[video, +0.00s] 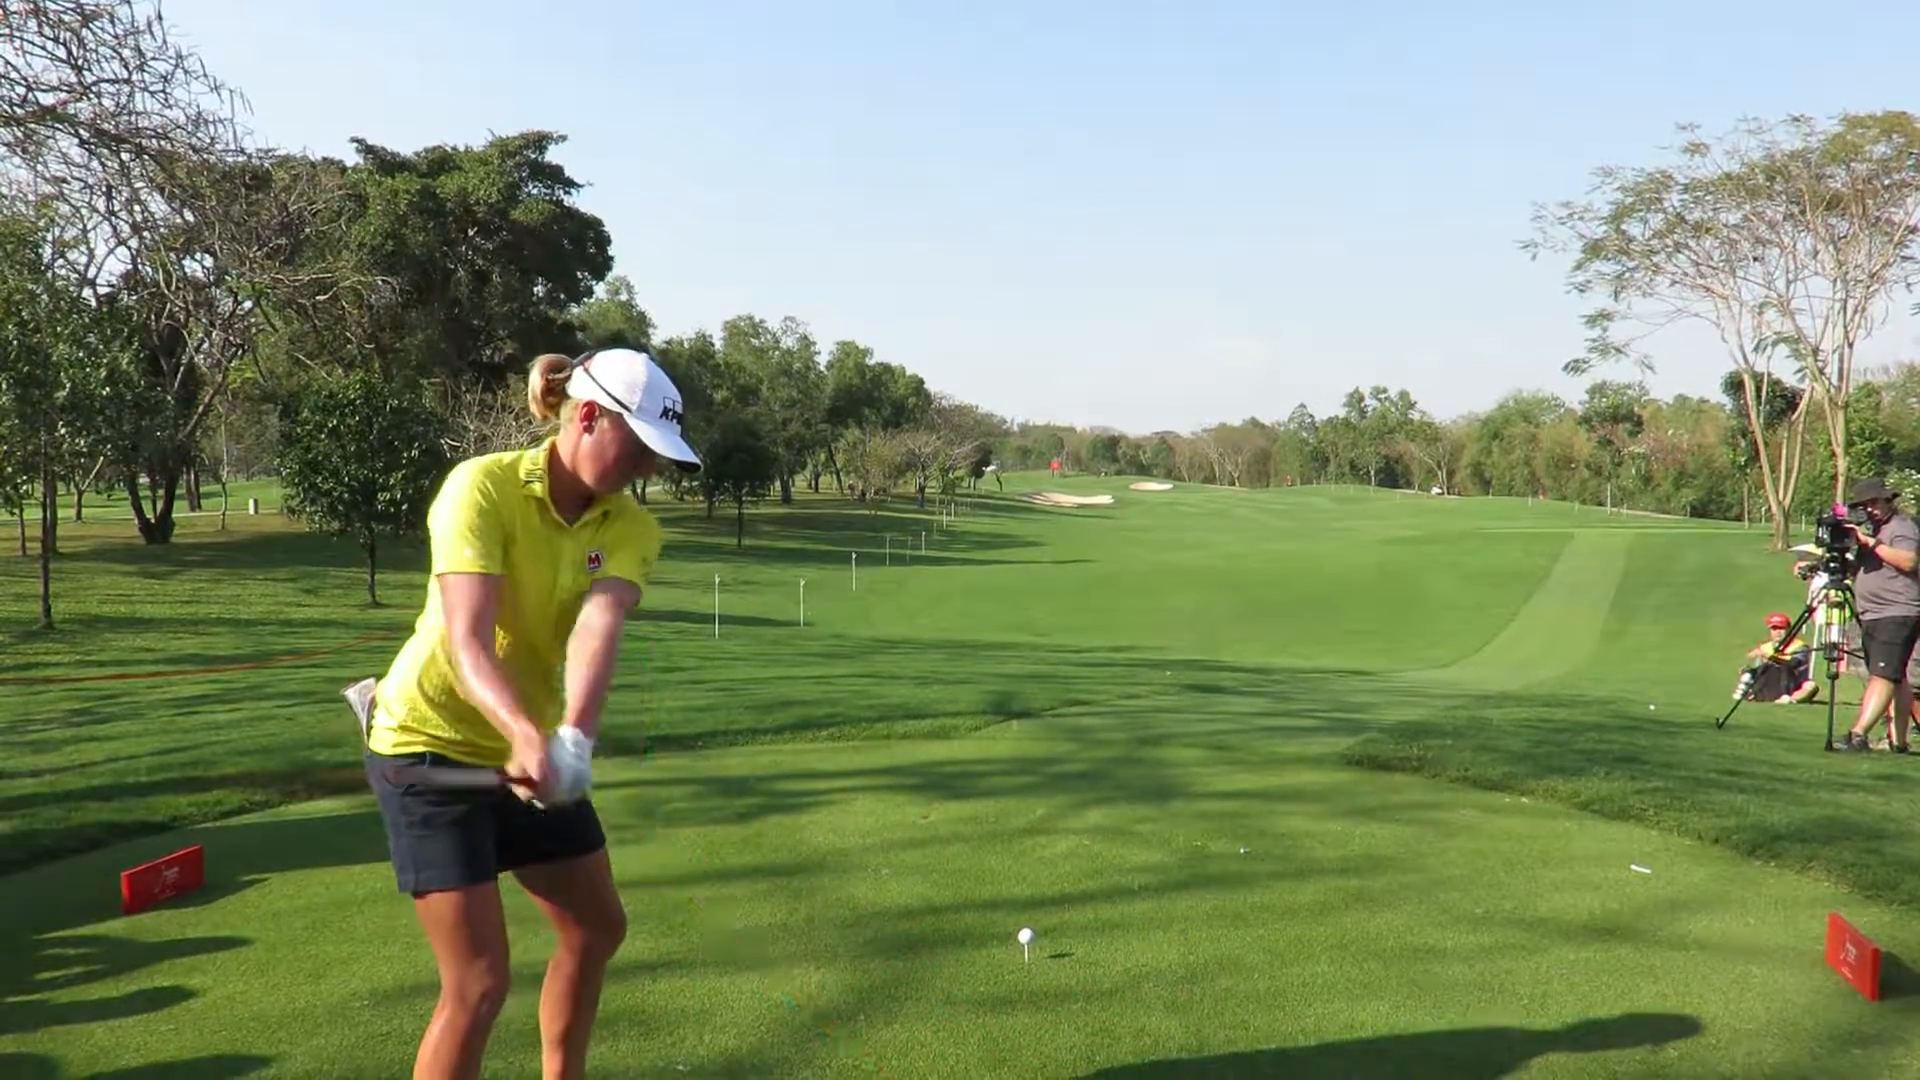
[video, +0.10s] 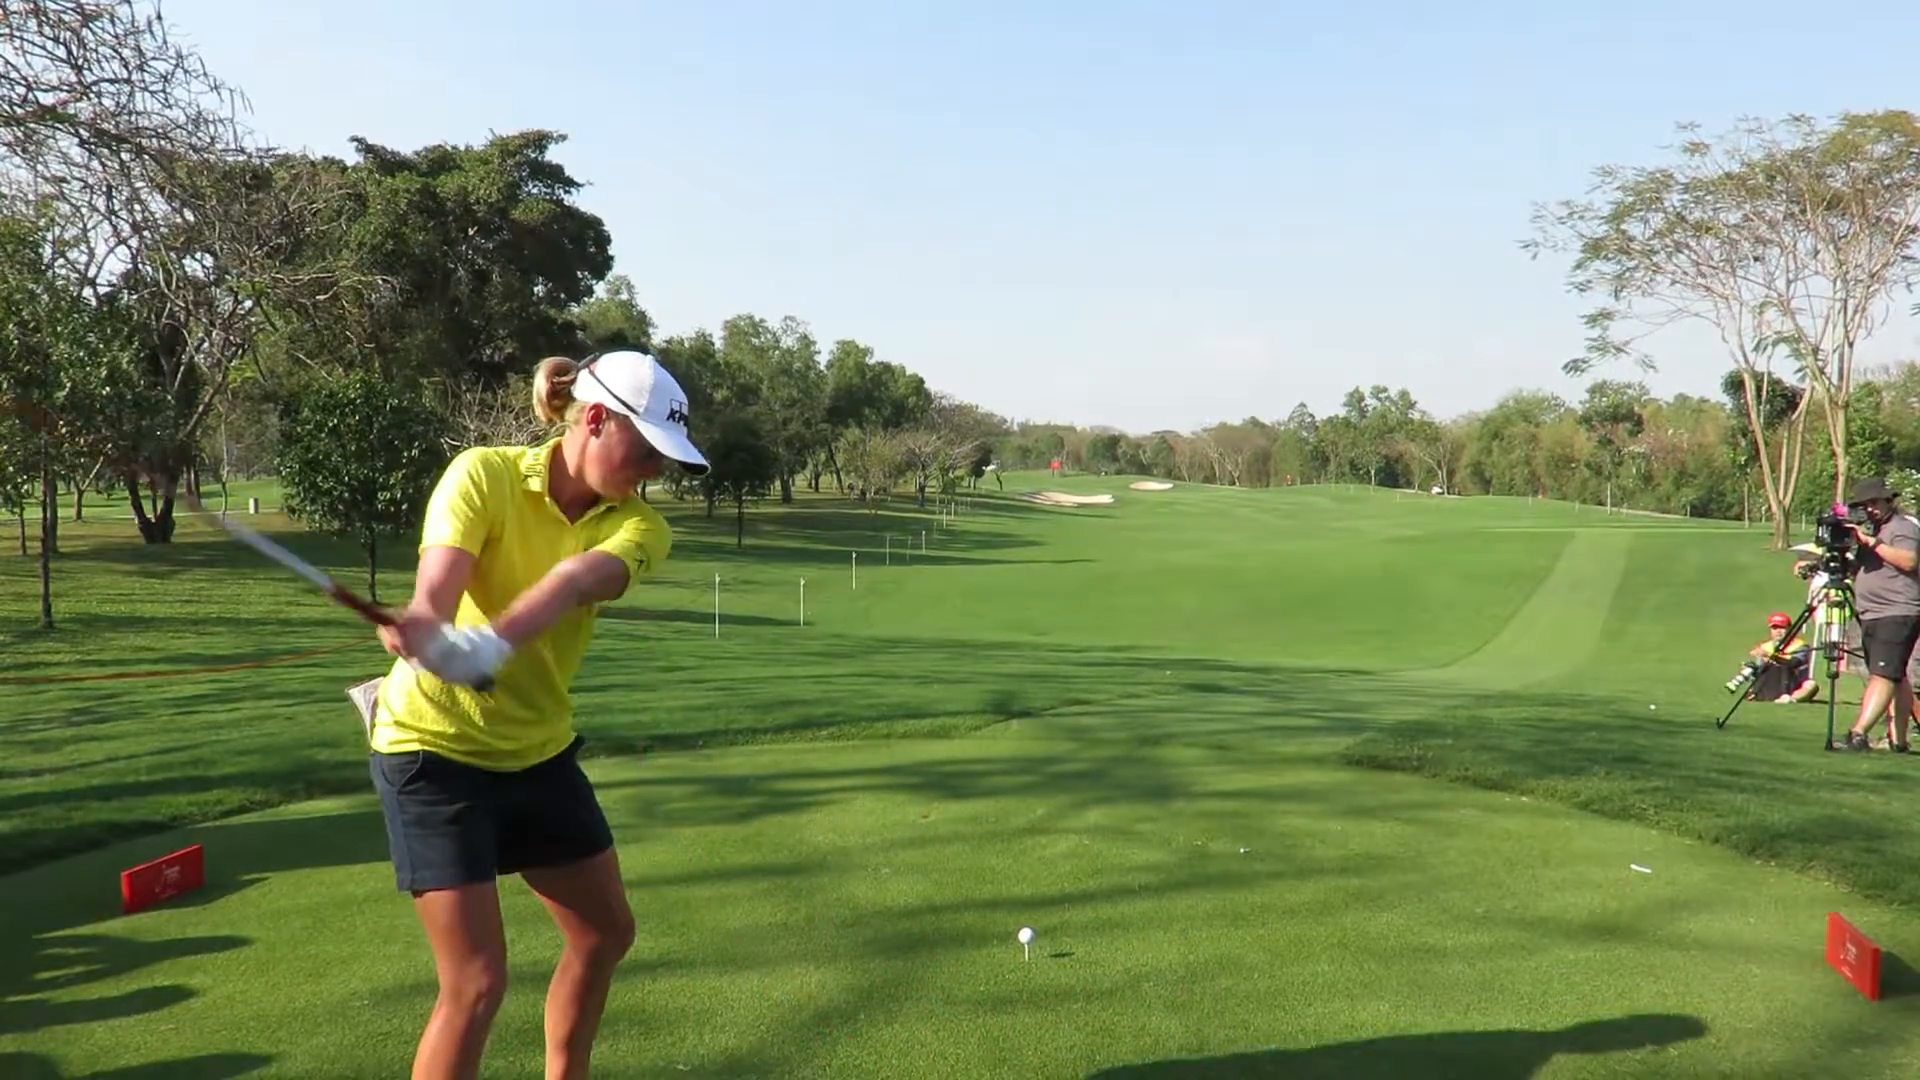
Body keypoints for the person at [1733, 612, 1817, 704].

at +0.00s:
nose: (1777, 632)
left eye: (1781, 629)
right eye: (1774, 629)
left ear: (1788, 630)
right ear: (1769, 631)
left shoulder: (1799, 647)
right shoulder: (1765, 647)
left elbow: (1794, 663)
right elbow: (1750, 657)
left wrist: (1771, 657)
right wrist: (1759, 655)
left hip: (1788, 680)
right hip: (1766, 677)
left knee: (1812, 686)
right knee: (1747, 672)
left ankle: (1791, 699)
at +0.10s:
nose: (1778, 631)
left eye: (1782, 627)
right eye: (1774, 628)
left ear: (1789, 629)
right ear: (1770, 630)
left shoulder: (1800, 646)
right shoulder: (1766, 646)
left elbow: (1794, 662)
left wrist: (1771, 656)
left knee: (1812, 684)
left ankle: (1791, 699)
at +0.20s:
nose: (1778, 631)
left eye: (1782, 627)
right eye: (1775, 627)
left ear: (1789, 629)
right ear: (1770, 630)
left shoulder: (1799, 645)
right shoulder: (1764, 646)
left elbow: (1794, 661)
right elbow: (1754, 672)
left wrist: (1774, 656)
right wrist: (1762, 657)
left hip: (1789, 686)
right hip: (1766, 685)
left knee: (1812, 684)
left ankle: (1790, 698)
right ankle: (1732, 667)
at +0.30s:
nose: (1778, 629)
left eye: (1781, 625)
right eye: (1774, 625)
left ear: (1789, 626)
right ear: (1770, 627)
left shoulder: (1800, 643)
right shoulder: (1765, 643)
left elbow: (1794, 660)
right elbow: (1752, 668)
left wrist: (1771, 654)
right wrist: (1755, 654)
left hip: (1791, 682)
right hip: (1769, 680)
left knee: (1812, 682)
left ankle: (1792, 696)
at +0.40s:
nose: (1779, 629)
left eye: (1783, 625)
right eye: (1775, 625)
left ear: (1789, 626)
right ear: (1771, 627)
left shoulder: (1800, 643)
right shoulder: (1766, 641)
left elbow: (1793, 659)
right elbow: (1750, 664)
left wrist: (1768, 649)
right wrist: (1752, 649)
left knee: (1812, 682)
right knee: (1749, 691)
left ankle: (1792, 695)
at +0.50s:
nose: (1779, 627)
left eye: (1783, 624)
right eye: (1776, 624)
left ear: (1789, 625)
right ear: (1770, 625)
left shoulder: (1799, 642)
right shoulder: (1766, 639)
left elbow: (1795, 658)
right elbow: (1749, 661)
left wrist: (1771, 647)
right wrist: (1753, 645)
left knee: (1812, 681)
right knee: (1749, 690)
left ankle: (1792, 694)